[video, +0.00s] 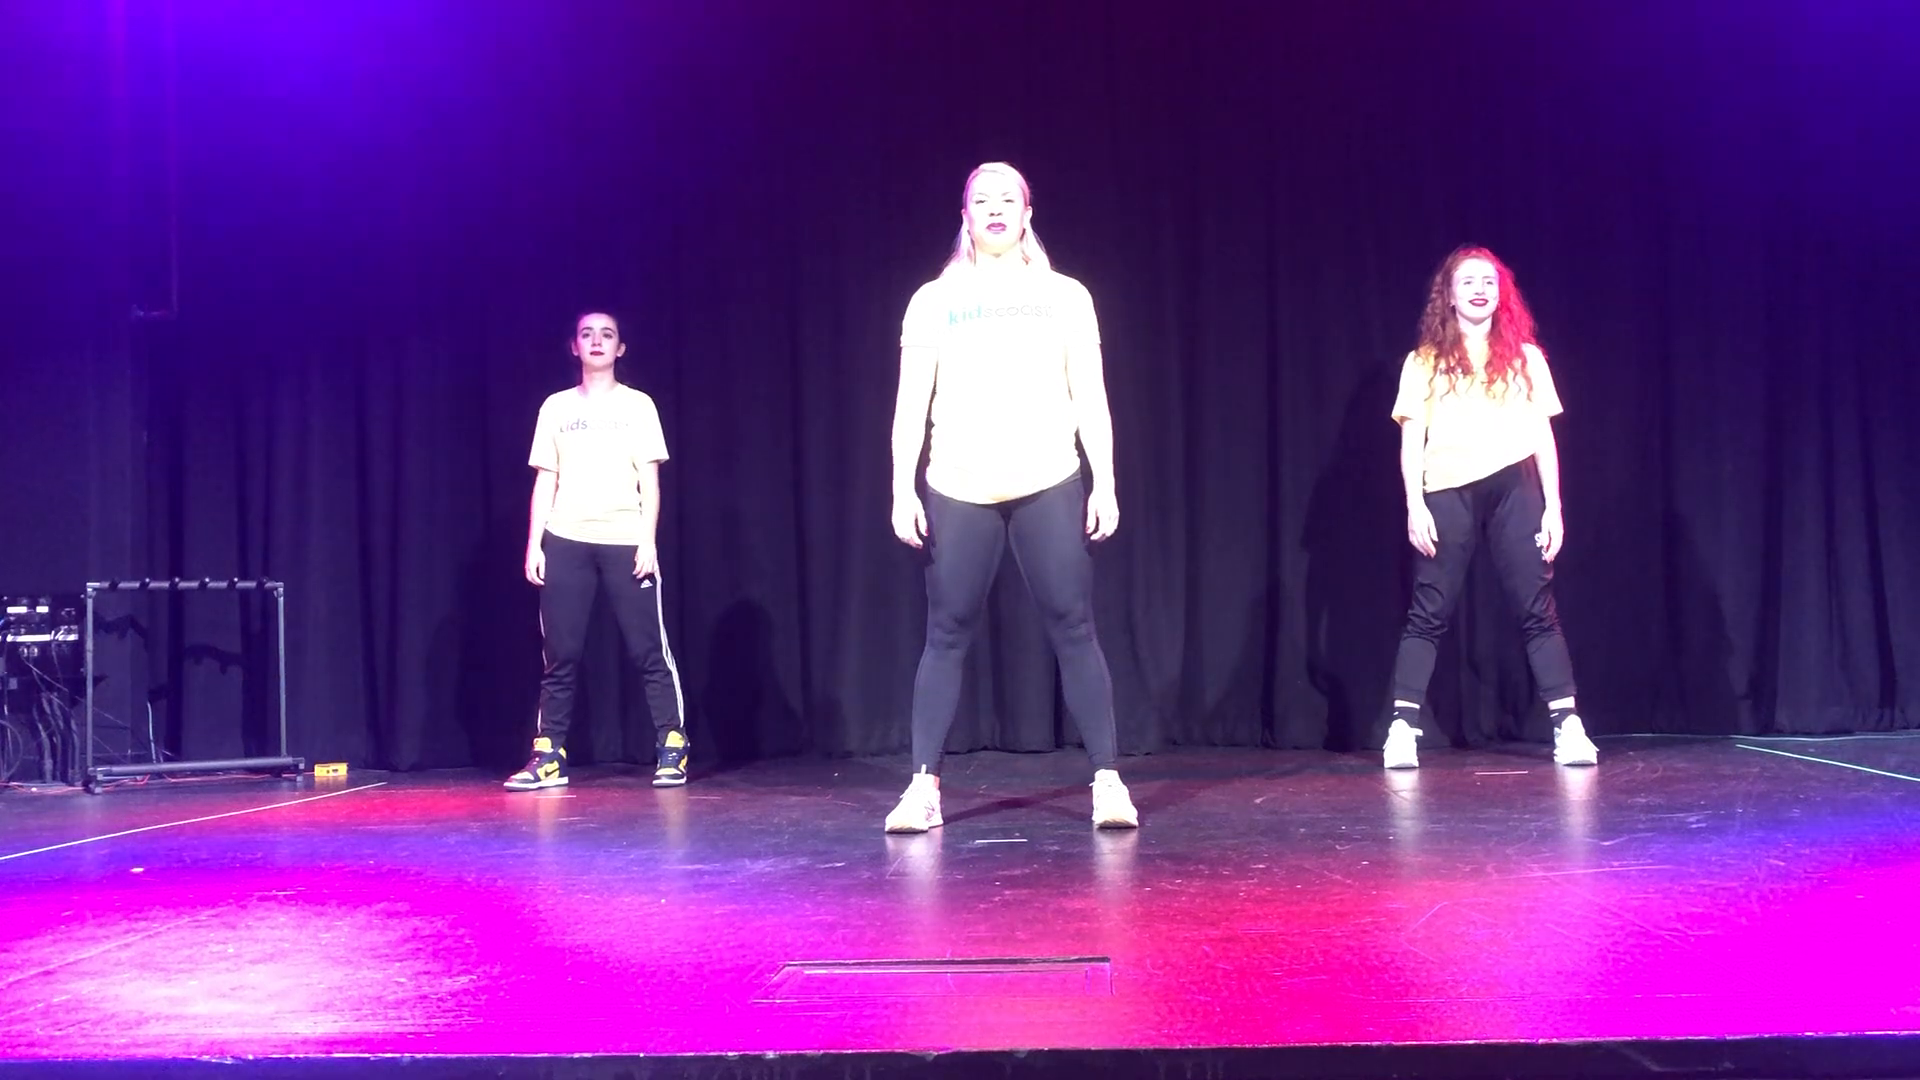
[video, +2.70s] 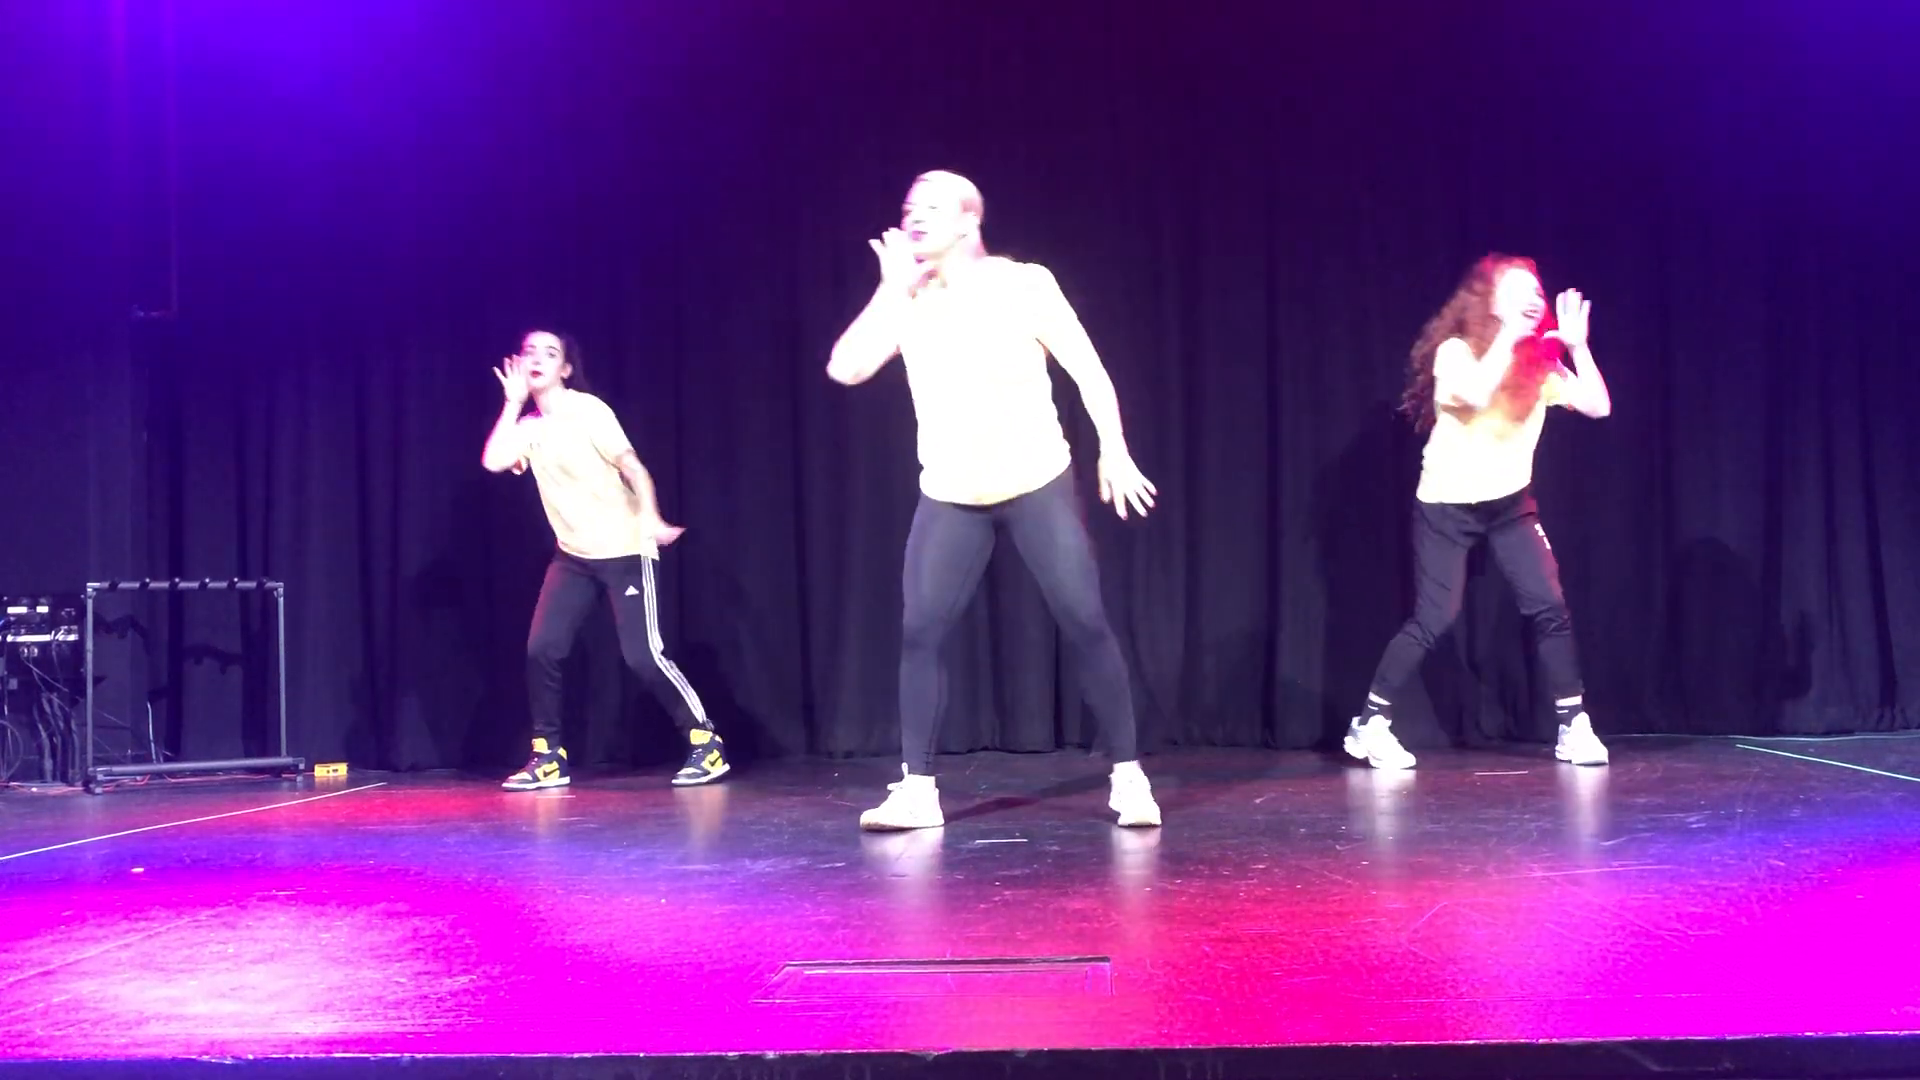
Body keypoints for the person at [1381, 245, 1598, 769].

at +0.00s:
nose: (1478, 290)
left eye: (1487, 282)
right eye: (1468, 281)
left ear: (1501, 293)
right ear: (1448, 291)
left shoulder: (1525, 356)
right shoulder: (1425, 360)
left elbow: (1543, 435)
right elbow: (1412, 439)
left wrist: (1553, 506)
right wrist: (1415, 505)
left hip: (1515, 488)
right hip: (1446, 492)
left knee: (1536, 606)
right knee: (1430, 608)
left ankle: (1567, 724)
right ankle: (1404, 726)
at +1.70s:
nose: (1468, 285)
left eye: (1478, 276)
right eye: (1458, 277)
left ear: (1497, 286)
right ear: (1442, 289)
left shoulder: (1526, 350)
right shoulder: (1423, 357)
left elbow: (1545, 430)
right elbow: (1412, 435)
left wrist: (1552, 500)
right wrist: (1399, 498)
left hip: (1514, 488)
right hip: (1442, 492)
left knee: (1535, 606)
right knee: (1429, 609)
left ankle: (1567, 724)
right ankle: (1405, 728)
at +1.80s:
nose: (1439, 290)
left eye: (1450, 279)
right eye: (1431, 284)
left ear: (1480, 285)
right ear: (1426, 297)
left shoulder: (1519, 347)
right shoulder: (1419, 359)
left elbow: (1542, 433)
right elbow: (1395, 432)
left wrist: (1545, 505)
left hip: (1508, 487)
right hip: (1439, 493)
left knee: (1537, 607)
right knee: (1426, 611)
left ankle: (1570, 724)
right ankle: (1403, 729)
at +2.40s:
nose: (1408, 335)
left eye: (1419, 324)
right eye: (1402, 326)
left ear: (1449, 331)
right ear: (1396, 335)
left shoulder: (1484, 381)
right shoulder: (1401, 394)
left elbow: (1523, 460)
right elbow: (1343, 436)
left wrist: (1544, 539)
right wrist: (1381, 376)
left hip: (1494, 527)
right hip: (1432, 533)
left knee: (1519, 635)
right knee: (1408, 623)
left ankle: (1610, 719)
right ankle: (1402, 732)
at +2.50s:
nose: (1446, 319)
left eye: (1456, 311)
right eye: (1437, 310)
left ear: (1477, 320)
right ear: (1419, 318)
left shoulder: (1505, 370)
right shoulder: (1411, 378)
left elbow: (1550, 426)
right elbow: (1367, 415)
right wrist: (1413, 356)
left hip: (1500, 517)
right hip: (1430, 523)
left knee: (1538, 621)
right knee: (1416, 622)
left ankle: (1592, 721)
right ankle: (1403, 731)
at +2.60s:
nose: (1499, 305)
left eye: (1505, 296)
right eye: (1487, 296)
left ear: (1514, 303)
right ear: (1457, 302)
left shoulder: (1525, 360)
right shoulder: (1429, 353)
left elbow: (1578, 412)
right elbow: (1417, 394)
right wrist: (1464, 340)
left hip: (1505, 505)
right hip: (1434, 509)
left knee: (1546, 609)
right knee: (1424, 616)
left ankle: (1574, 726)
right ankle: (1392, 728)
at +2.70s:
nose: (1533, 302)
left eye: (1536, 293)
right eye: (1519, 293)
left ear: (1539, 304)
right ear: (1486, 301)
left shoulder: (1540, 365)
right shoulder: (1455, 352)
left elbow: (1596, 405)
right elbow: (1475, 394)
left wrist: (1577, 345)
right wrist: (1512, 333)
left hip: (1511, 506)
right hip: (1446, 508)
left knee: (1549, 609)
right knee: (1434, 617)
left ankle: (1573, 729)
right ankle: (1369, 725)